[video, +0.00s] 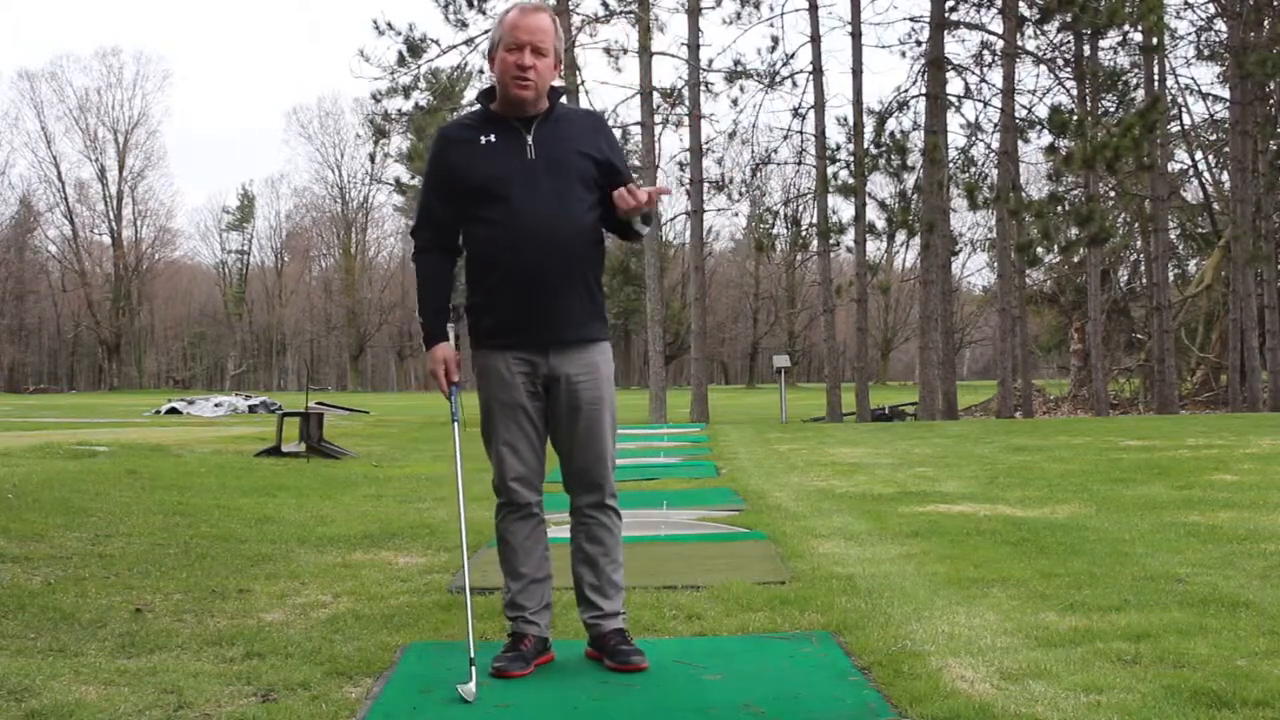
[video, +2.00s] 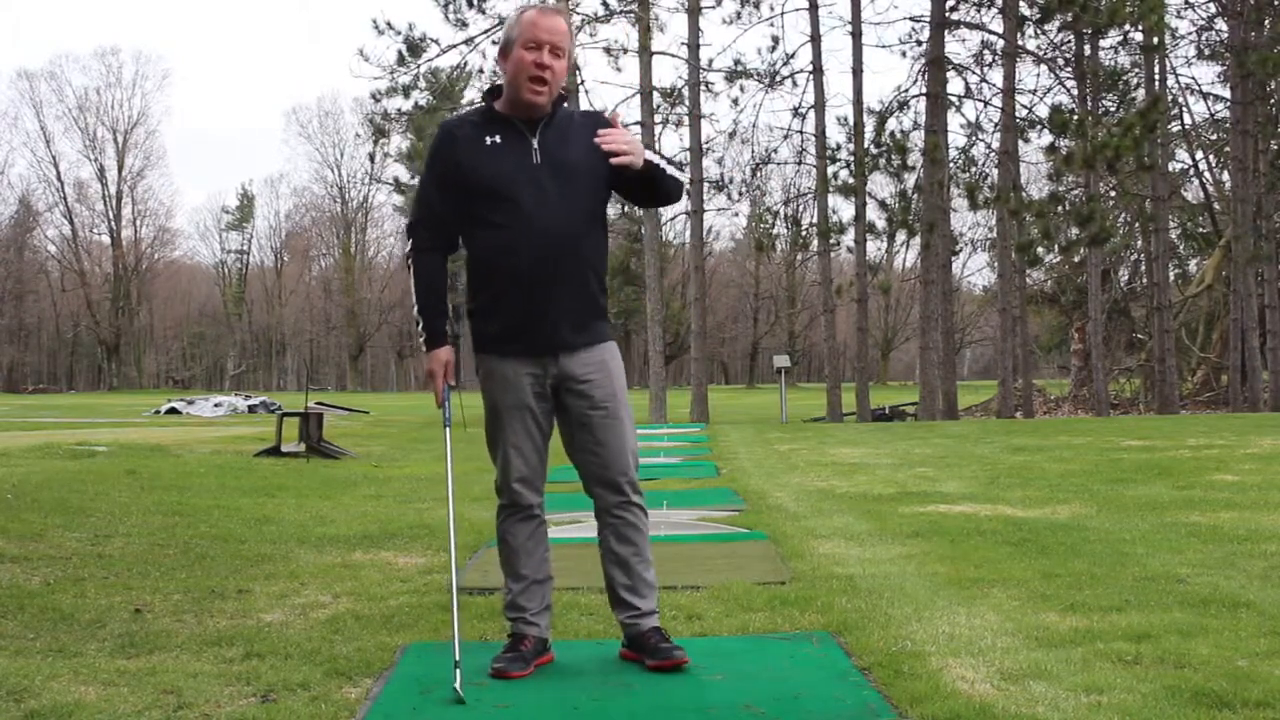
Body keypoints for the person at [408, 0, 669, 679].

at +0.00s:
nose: (525, 61)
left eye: (538, 50)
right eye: (513, 48)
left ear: (557, 62)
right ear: (492, 57)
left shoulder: (589, 130)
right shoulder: (456, 142)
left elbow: (624, 224)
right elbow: (434, 243)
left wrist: (631, 210)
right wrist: (436, 334)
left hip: (582, 340)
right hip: (499, 345)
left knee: (596, 493)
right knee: (517, 496)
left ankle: (608, 627)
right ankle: (528, 630)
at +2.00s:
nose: (543, 61)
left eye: (556, 52)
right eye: (531, 47)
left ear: (569, 66)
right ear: (503, 56)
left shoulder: (594, 130)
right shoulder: (460, 138)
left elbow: (664, 194)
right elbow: (428, 239)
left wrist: (642, 163)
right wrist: (437, 337)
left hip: (587, 338)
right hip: (505, 346)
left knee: (620, 486)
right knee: (519, 495)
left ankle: (642, 626)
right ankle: (527, 631)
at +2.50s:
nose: (611, 57)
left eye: (625, 50)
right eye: (601, 43)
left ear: (639, 66)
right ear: (573, 50)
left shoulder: (663, 137)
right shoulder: (525, 130)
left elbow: (732, 176)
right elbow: (488, 231)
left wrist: (768, 148)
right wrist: (487, 326)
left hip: (640, 341)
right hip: (556, 342)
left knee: (643, 495)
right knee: (545, 495)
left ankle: (645, 630)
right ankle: (530, 631)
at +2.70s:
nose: (635, 54)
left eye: (650, 48)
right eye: (626, 41)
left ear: (666, 67)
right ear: (601, 50)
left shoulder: (691, 138)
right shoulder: (551, 128)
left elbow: (765, 168)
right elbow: (512, 228)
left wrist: (824, 134)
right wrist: (506, 321)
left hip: (656, 346)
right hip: (572, 344)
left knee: (650, 497)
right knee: (550, 495)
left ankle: (644, 629)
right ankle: (532, 628)